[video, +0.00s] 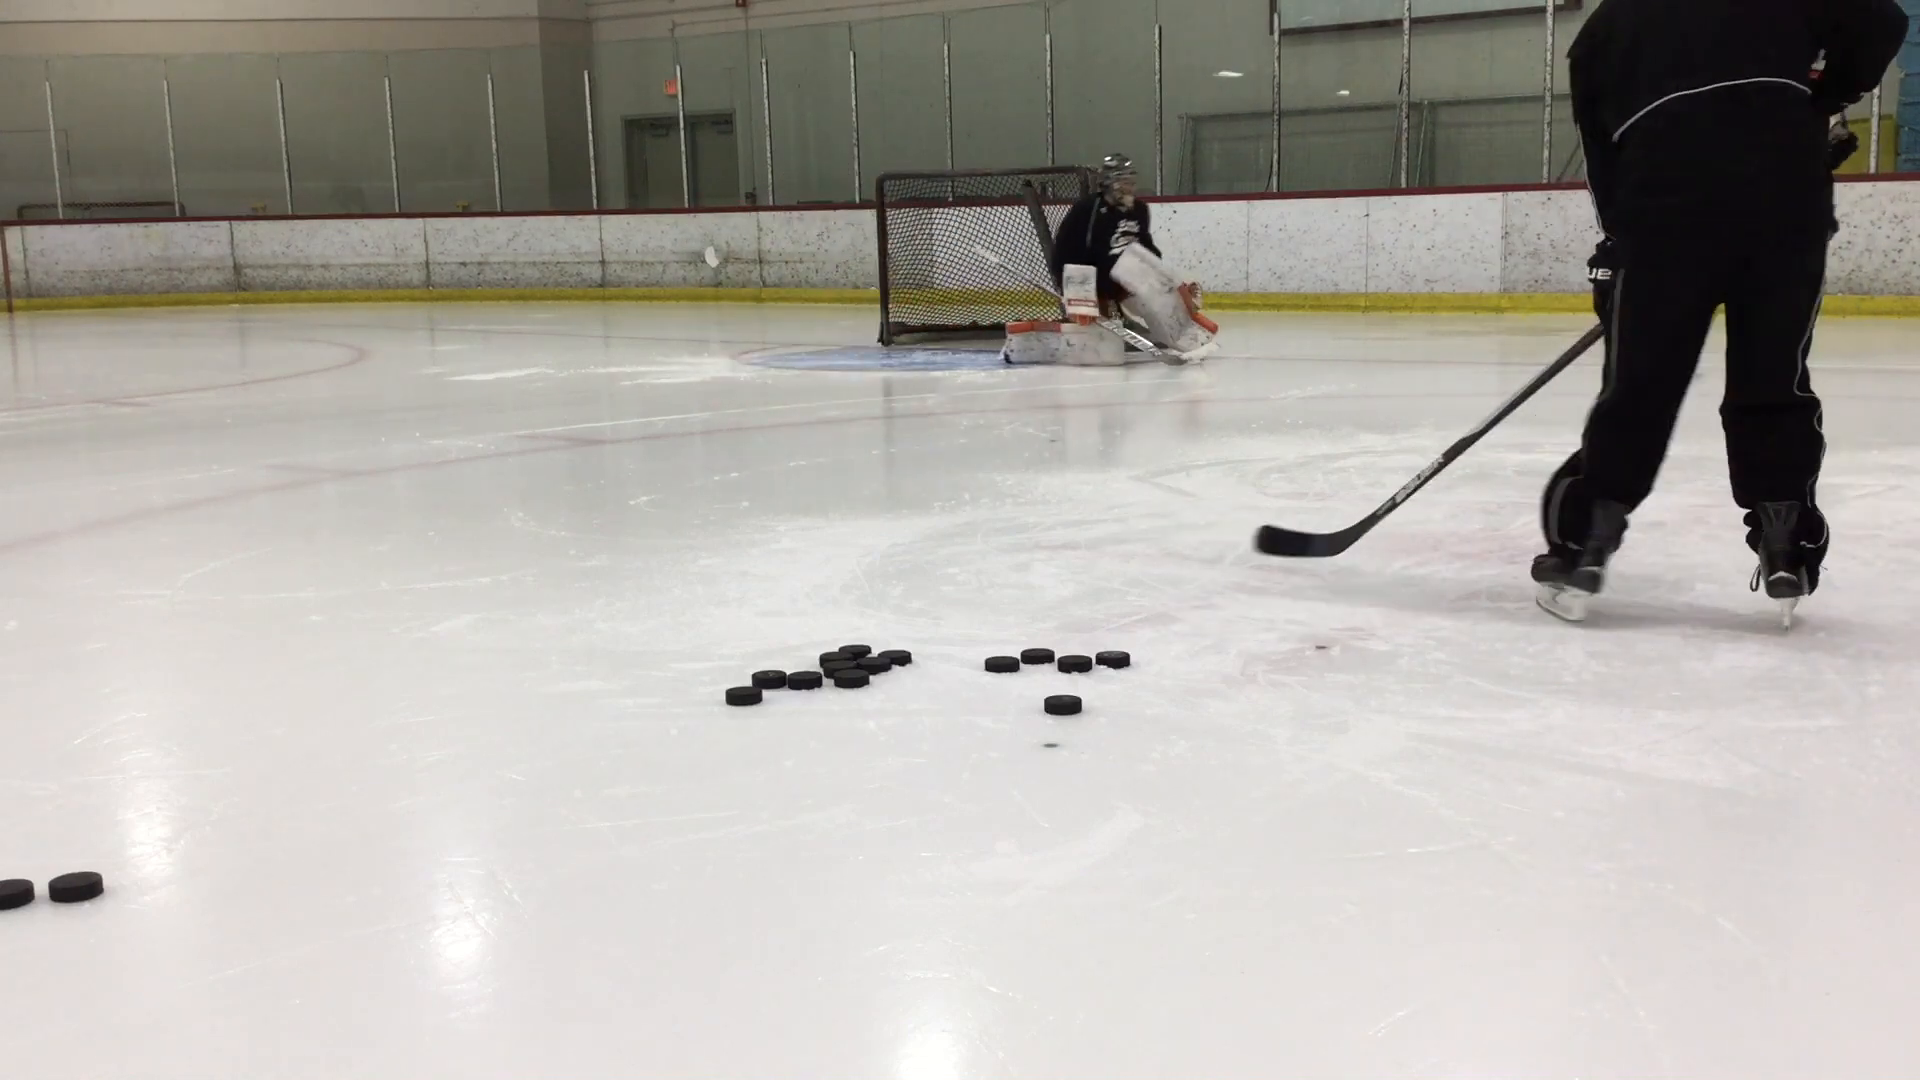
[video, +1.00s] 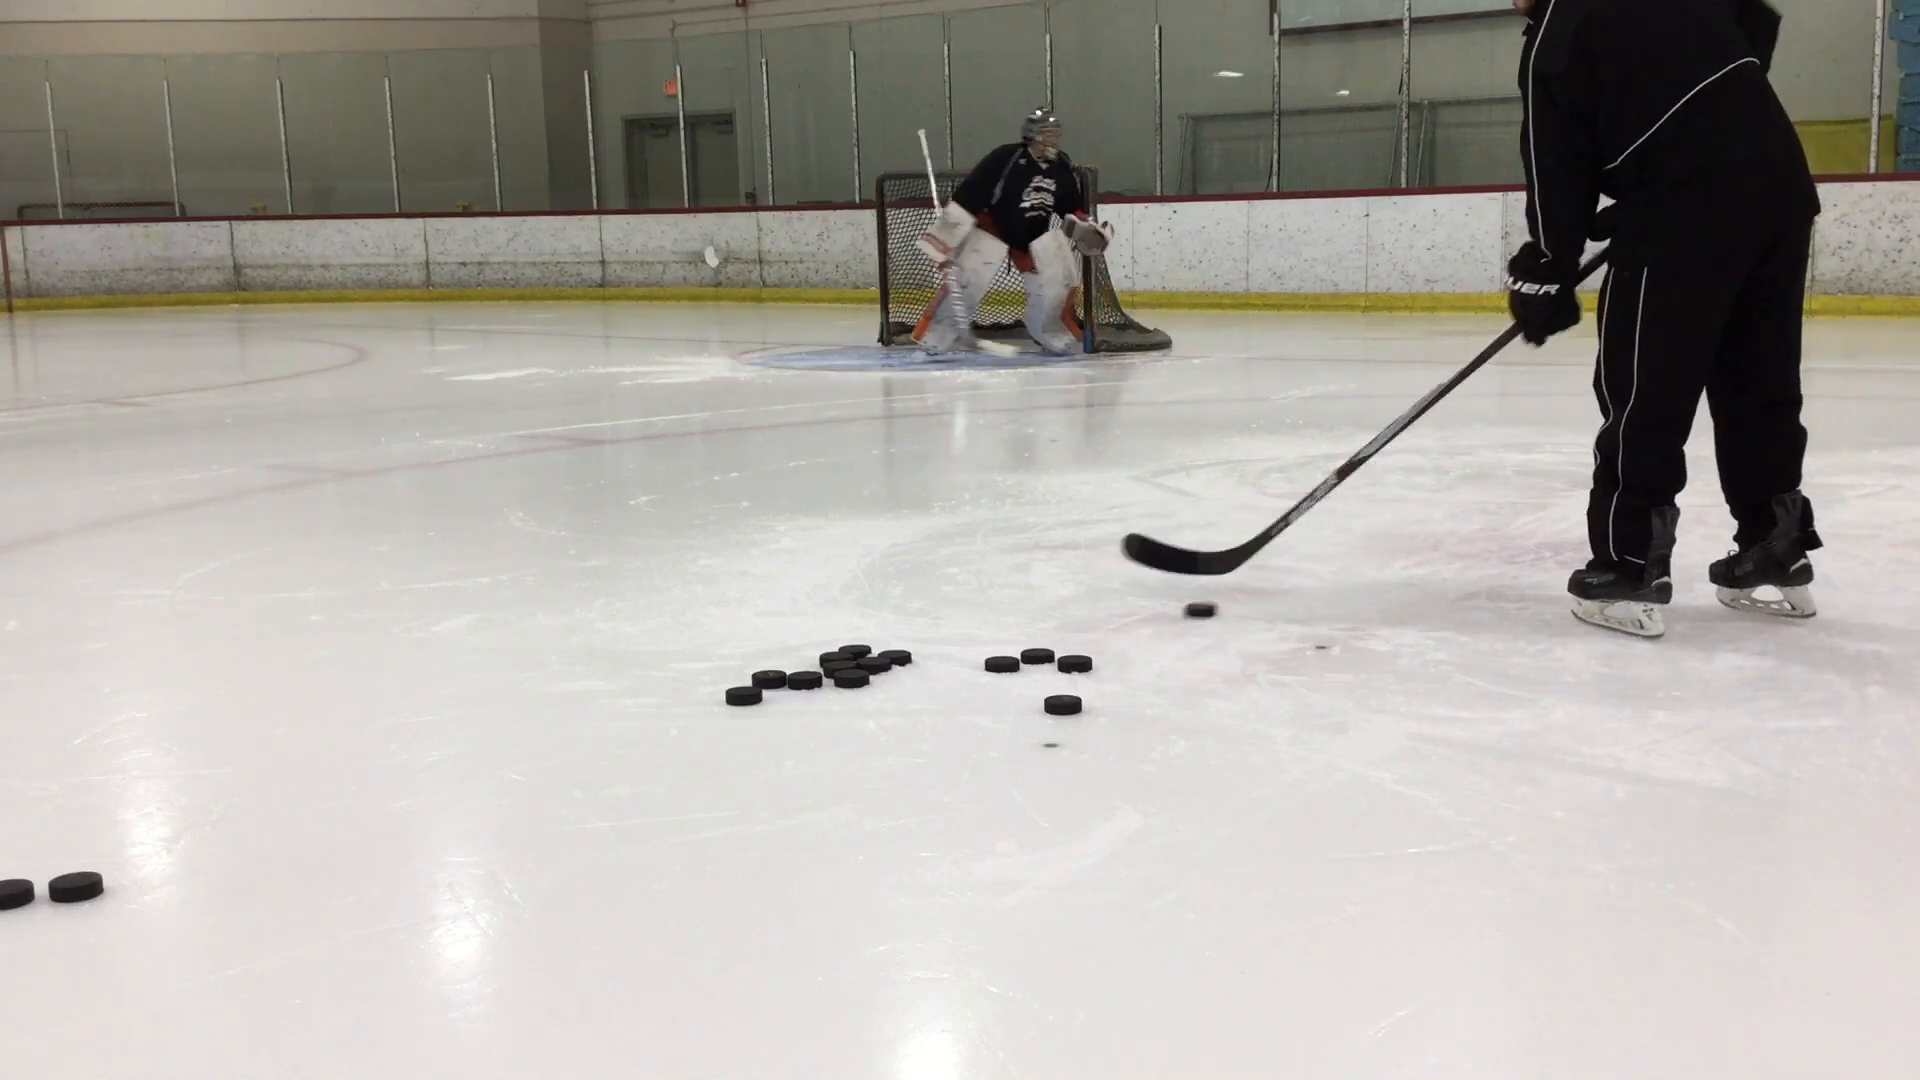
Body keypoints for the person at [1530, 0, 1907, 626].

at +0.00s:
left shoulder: (1602, 28)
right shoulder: (1791, 5)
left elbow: (1603, 150)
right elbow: (1883, 21)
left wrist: (1617, 239)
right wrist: (1828, 95)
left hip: (1668, 207)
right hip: (1786, 198)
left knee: (1639, 387)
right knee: (1773, 384)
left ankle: (1586, 543)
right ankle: (1785, 546)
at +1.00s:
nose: (1514, 10)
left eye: (1517, 8)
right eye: (1516, 9)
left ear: (1529, 2)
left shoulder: (1553, 36)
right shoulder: (1680, 7)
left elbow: (1556, 156)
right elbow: (1761, 19)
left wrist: (1545, 273)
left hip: (1678, 210)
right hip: (1779, 190)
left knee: (1640, 392)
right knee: (1758, 383)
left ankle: (1634, 564)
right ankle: (1776, 548)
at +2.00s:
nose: (1547, 11)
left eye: (1548, 8)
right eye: (1549, 7)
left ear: (1564, 1)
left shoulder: (1582, 43)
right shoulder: (1722, 6)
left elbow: (1583, 179)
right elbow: (1786, 43)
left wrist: (1553, 292)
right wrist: (1682, 180)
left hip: (1701, 210)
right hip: (1807, 195)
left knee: (1662, 389)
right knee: (1772, 384)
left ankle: (1639, 559)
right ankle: (1763, 550)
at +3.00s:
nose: (1528, 13)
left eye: (1529, 5)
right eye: (1527, 7)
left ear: (1550, 1)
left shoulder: (1568, 52)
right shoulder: (1674, 14)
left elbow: (1586, 180)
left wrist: (1582, 290)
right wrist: (1616, 277)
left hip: (1708, 212)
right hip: (1808, 192)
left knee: (1662, 388)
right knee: (1771, 383)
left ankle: (1640, 563)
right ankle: (1763, 552)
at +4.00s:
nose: (1401, 77)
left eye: (1400, 62)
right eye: (1399, 64)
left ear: (1418, 48)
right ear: (1465, 27)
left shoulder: (1427, 127)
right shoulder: (1558, 20)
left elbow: (1453, 180)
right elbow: (1658, 54)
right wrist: (1603, 124)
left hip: (1554, 240)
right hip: (1665, 201)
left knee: (1540, 396)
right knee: (1742, 344)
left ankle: (1527, 557)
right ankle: (1865, 476)